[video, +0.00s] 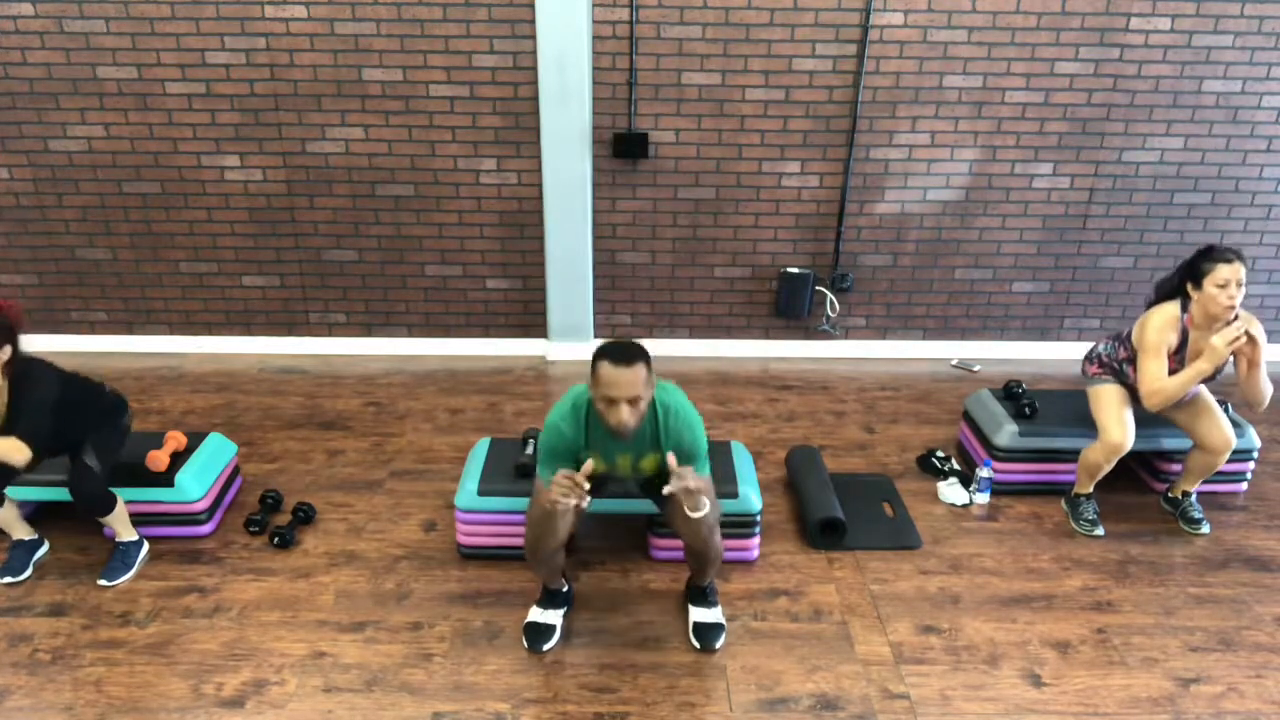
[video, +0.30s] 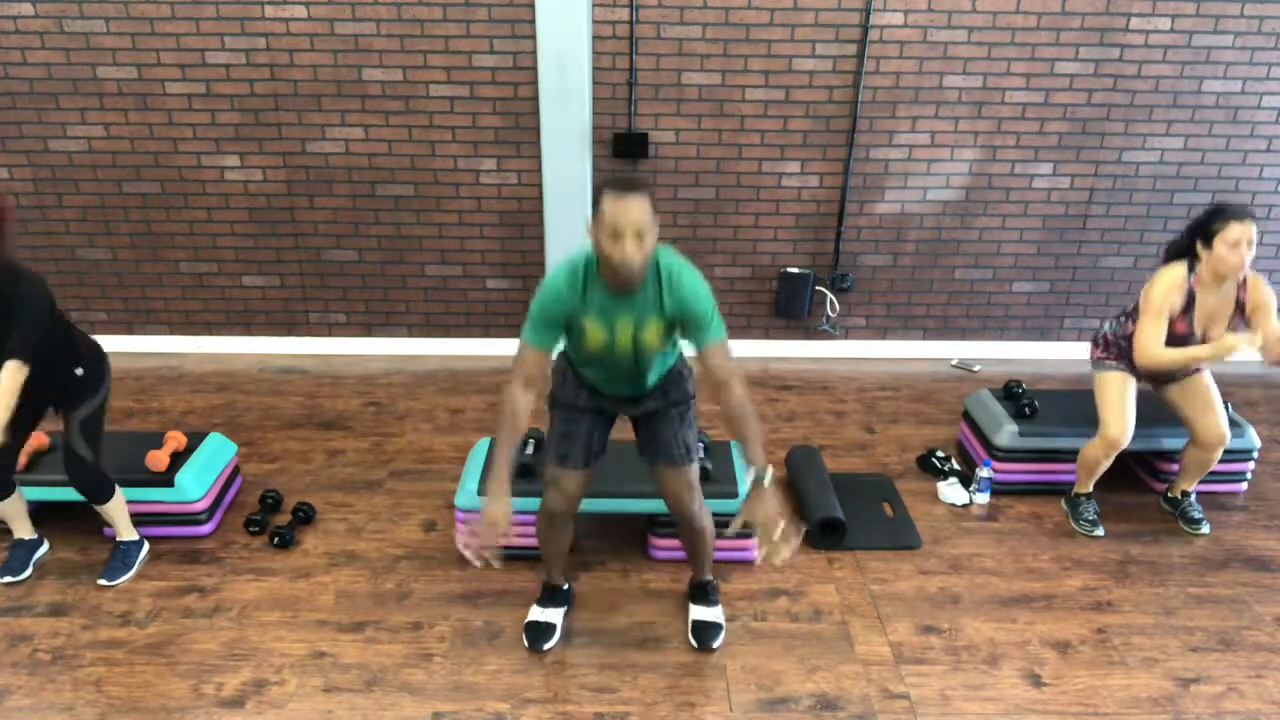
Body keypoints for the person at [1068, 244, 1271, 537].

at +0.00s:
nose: (1234, 296)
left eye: (1240, 286)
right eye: (1222, 287)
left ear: (1245, 288)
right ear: (1192, 289)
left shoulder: (1244, 327)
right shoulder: (1161, 321)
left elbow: (1257, 402)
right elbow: (1153, 398)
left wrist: (1253, 360)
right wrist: (1208, 362)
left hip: (1168, 374)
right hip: (1112, 369)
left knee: (1221, 441)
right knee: (1118, 439)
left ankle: (1179, 494)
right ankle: (1079, 495)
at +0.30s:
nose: (1245, 256)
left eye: (1250, 246)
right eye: (1234, 245)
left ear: (1255, 248)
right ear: (1203, 248)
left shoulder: (1255, 289)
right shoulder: (1168, 282)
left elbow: (1273, 351)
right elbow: (1147, 357)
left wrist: (1263, 339)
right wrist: (1212, 351)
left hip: (1181, 356)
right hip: (1122, 351)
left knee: (1214, 435)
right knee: (1115, 436)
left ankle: (1179, 494)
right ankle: (1080, 495)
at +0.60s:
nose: (1246, 183)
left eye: (1252, 173)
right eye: (1236, 172)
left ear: (1257, 174)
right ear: (1206, 172)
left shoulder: (1258, 222)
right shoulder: (1174, 218)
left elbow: (1278, 278)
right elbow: (1119, 284)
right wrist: (1095, 351)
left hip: (1199, 334)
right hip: (1145, 329)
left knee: (1197, 425)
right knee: (1120, 424)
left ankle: (1179, 495)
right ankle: (1080, 494)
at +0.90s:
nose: (1244, 173)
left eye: (1249, 163)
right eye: (1233, 163)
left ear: (1254, 164)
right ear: (1203, 167)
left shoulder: (1255, 212)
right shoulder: (1170, 214)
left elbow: (1225, 266)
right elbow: (1108, 257)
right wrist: (1069, 293)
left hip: (1211, 340)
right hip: (1158, 335)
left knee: (1185, 425)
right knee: (1122, 418)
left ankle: (1175, 495)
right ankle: (1080, 494)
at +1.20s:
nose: (1243, 170)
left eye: (1248, 161)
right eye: (1233, 161)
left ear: (1253, 164)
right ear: (1203, 164)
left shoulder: (1257, 214)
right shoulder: (1171, 215)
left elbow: (1265, 279)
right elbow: (1117, 273)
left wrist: (1277, 333)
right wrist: (1082, 329)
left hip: (1213, 339)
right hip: (1159, 333)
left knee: (1185, 423)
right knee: (1126, 421)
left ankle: (1175, 494)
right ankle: (1081, 493)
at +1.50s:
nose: (1247, 191)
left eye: (1252, 181)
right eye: (1235, 182)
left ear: (1257, 184)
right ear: (1205, 188)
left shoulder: (1263, 234)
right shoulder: (1177, 227)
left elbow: (1278, 277)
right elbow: (1142, 295)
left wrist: (1264, 269)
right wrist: (1216, 289)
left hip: (1185, 330)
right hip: (1132, 324)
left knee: (1192, 416)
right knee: (1111, 417)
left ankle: (1174, 493)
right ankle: (1074, 494)